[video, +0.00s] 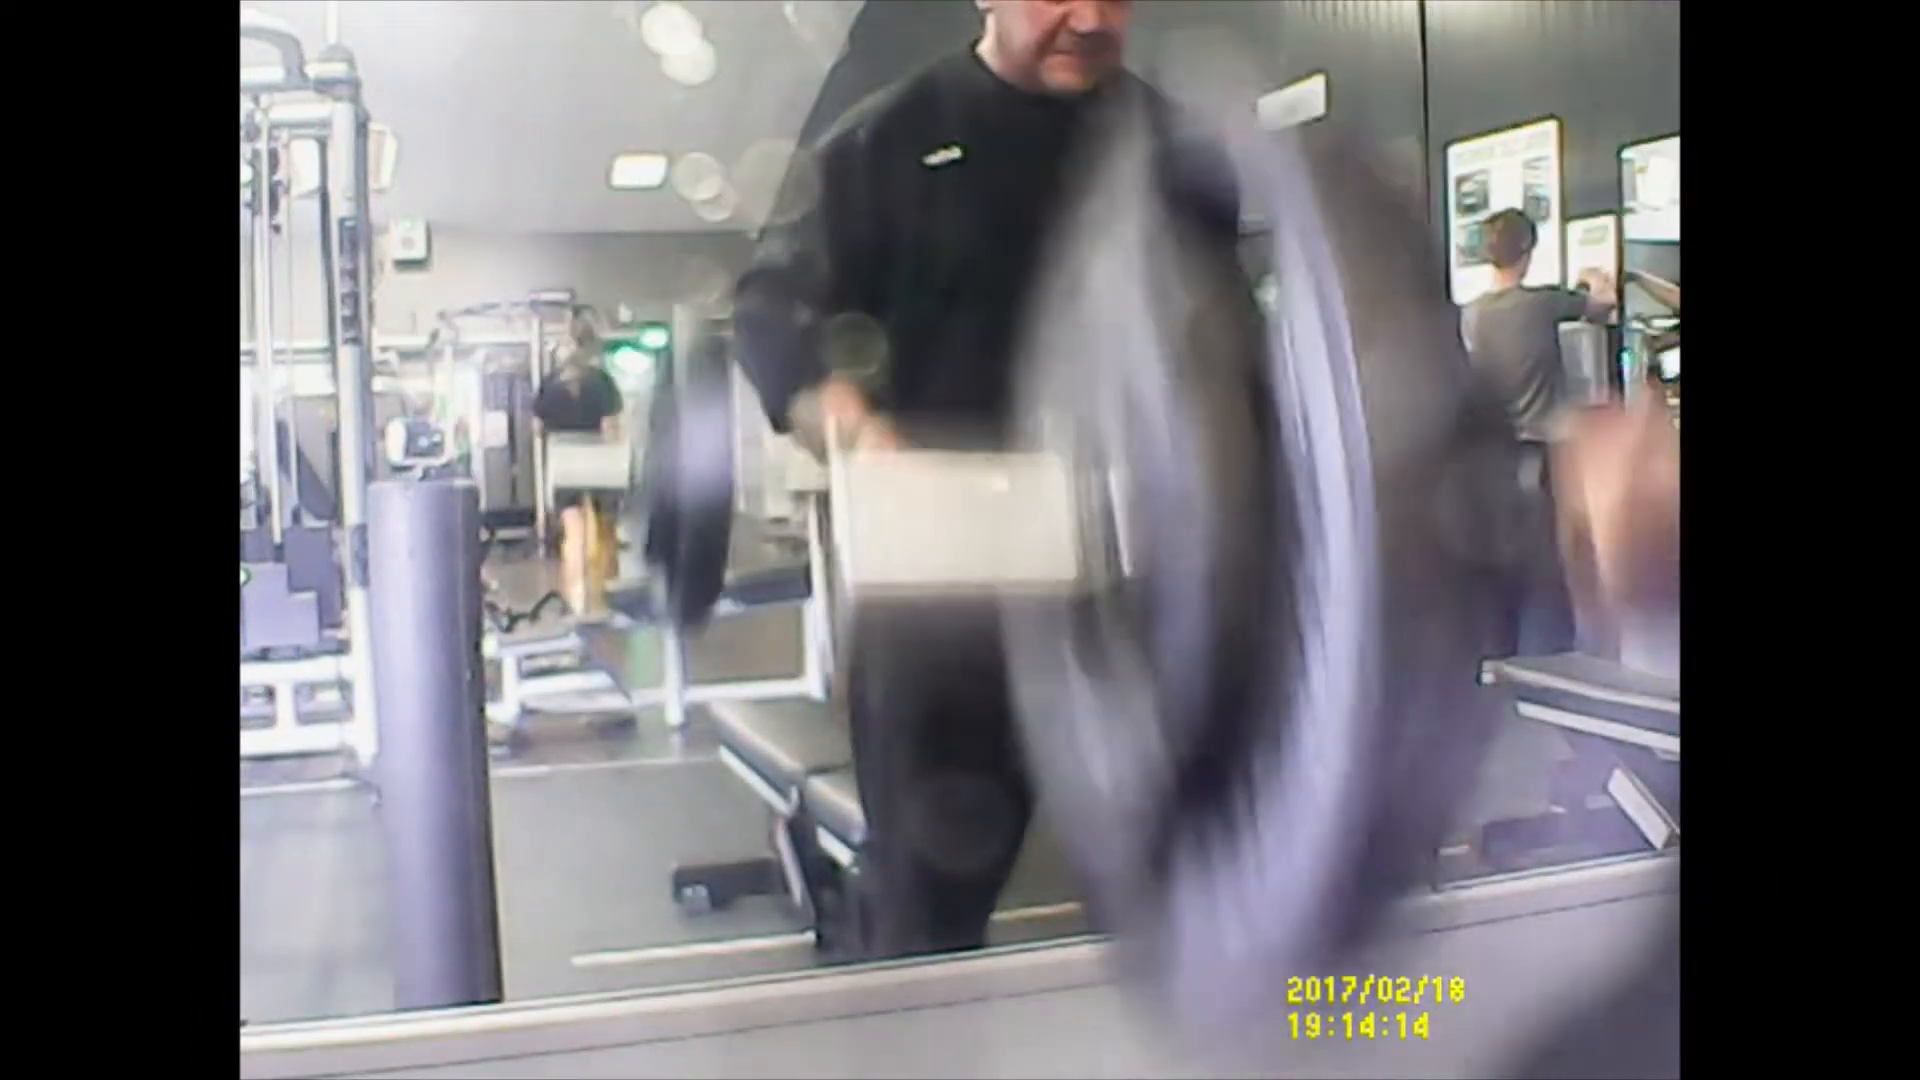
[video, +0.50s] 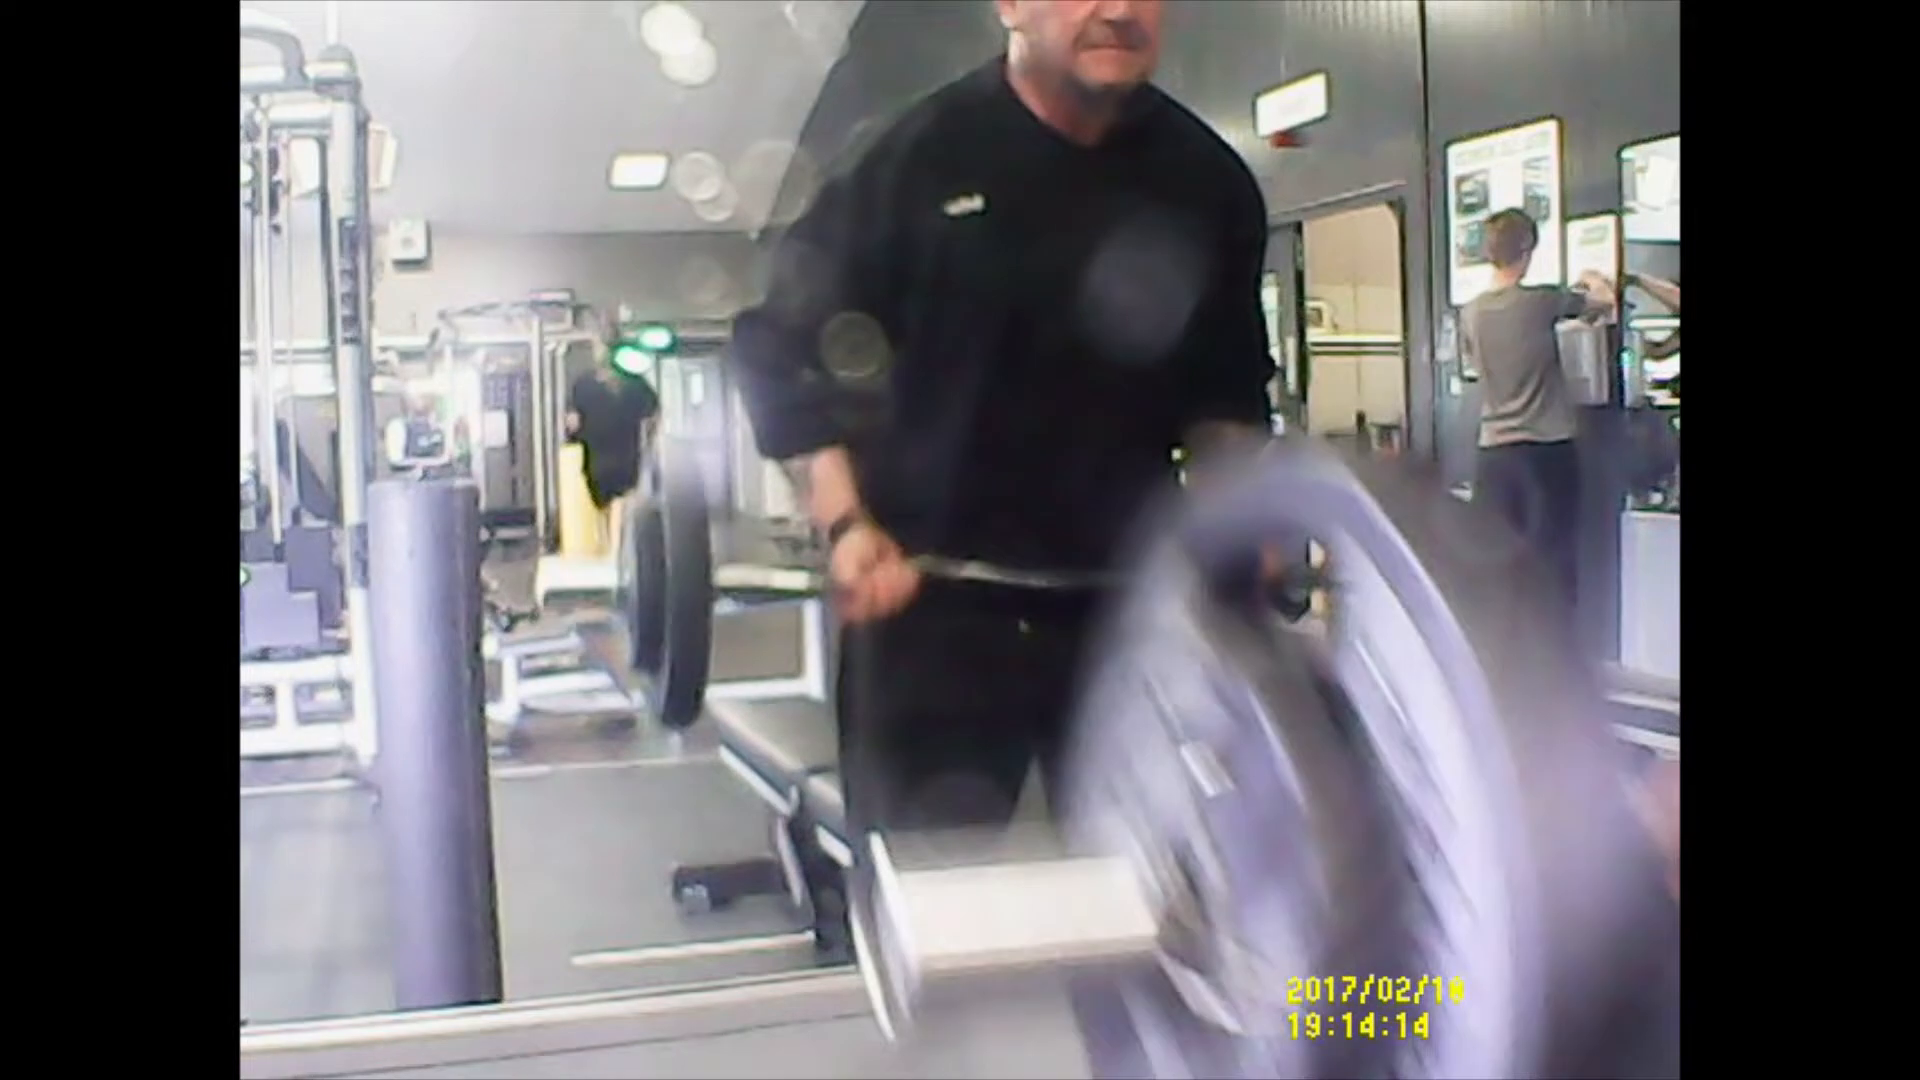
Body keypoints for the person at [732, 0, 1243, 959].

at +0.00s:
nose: (1092, 17)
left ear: (1134, 12)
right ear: (993, 4)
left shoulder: (1162, 143)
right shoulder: (888, 143)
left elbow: (1229, 334)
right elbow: (771, 302)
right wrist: (824, 400)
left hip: (1133, 541)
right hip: (940, 544)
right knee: (938, 855)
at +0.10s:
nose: (1097, 17)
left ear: (1140, 11)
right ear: (997, 3)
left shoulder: (1176, 147)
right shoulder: (900, 138)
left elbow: (1234, 345)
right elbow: (771, 310)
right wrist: (855, 462)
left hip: (1132, 544)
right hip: (944, 552)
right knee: (938, 857)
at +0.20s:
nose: (1111, 17)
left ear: (1154, 11)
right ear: (1010, 3)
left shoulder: (1202, 175)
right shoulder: (909, 147)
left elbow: (1228, 397)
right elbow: (795, 334)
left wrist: (1226, 562)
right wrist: (846, 529)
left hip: (1138, 616)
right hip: (939, 612)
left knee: (1156, 943)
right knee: (935, 952)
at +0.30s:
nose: (1128, 16)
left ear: (1172, 18)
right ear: (1018, 10)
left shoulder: (1215, 191)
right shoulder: (919, 159)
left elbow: (1224, 412)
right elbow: (790, 342)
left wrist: (1209, 544)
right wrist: (842, 542)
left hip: (1131, 619)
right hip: (935, 617)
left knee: (1160, 943)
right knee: (914, 960)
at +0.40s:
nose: (1125, 13)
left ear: (1169, 16)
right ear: (1016, 12)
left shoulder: (1214, 188)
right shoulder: (920, 159)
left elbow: (1233, 395)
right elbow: (785, 339)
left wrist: (1214, 521)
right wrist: (842, 530)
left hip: (1130, 624)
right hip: (935, 619)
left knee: (1153, 935)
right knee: (920, 945)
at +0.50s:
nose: (1120, 11)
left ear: (1163, 14)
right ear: (1013, 10)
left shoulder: (1211, 186)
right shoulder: (921, 157)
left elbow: (1229, 407)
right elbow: (782, 338)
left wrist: (1248, 549)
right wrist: (844, 525)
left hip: (1126, 612)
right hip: (934, 606)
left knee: (1139, 927)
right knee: (929, 934)